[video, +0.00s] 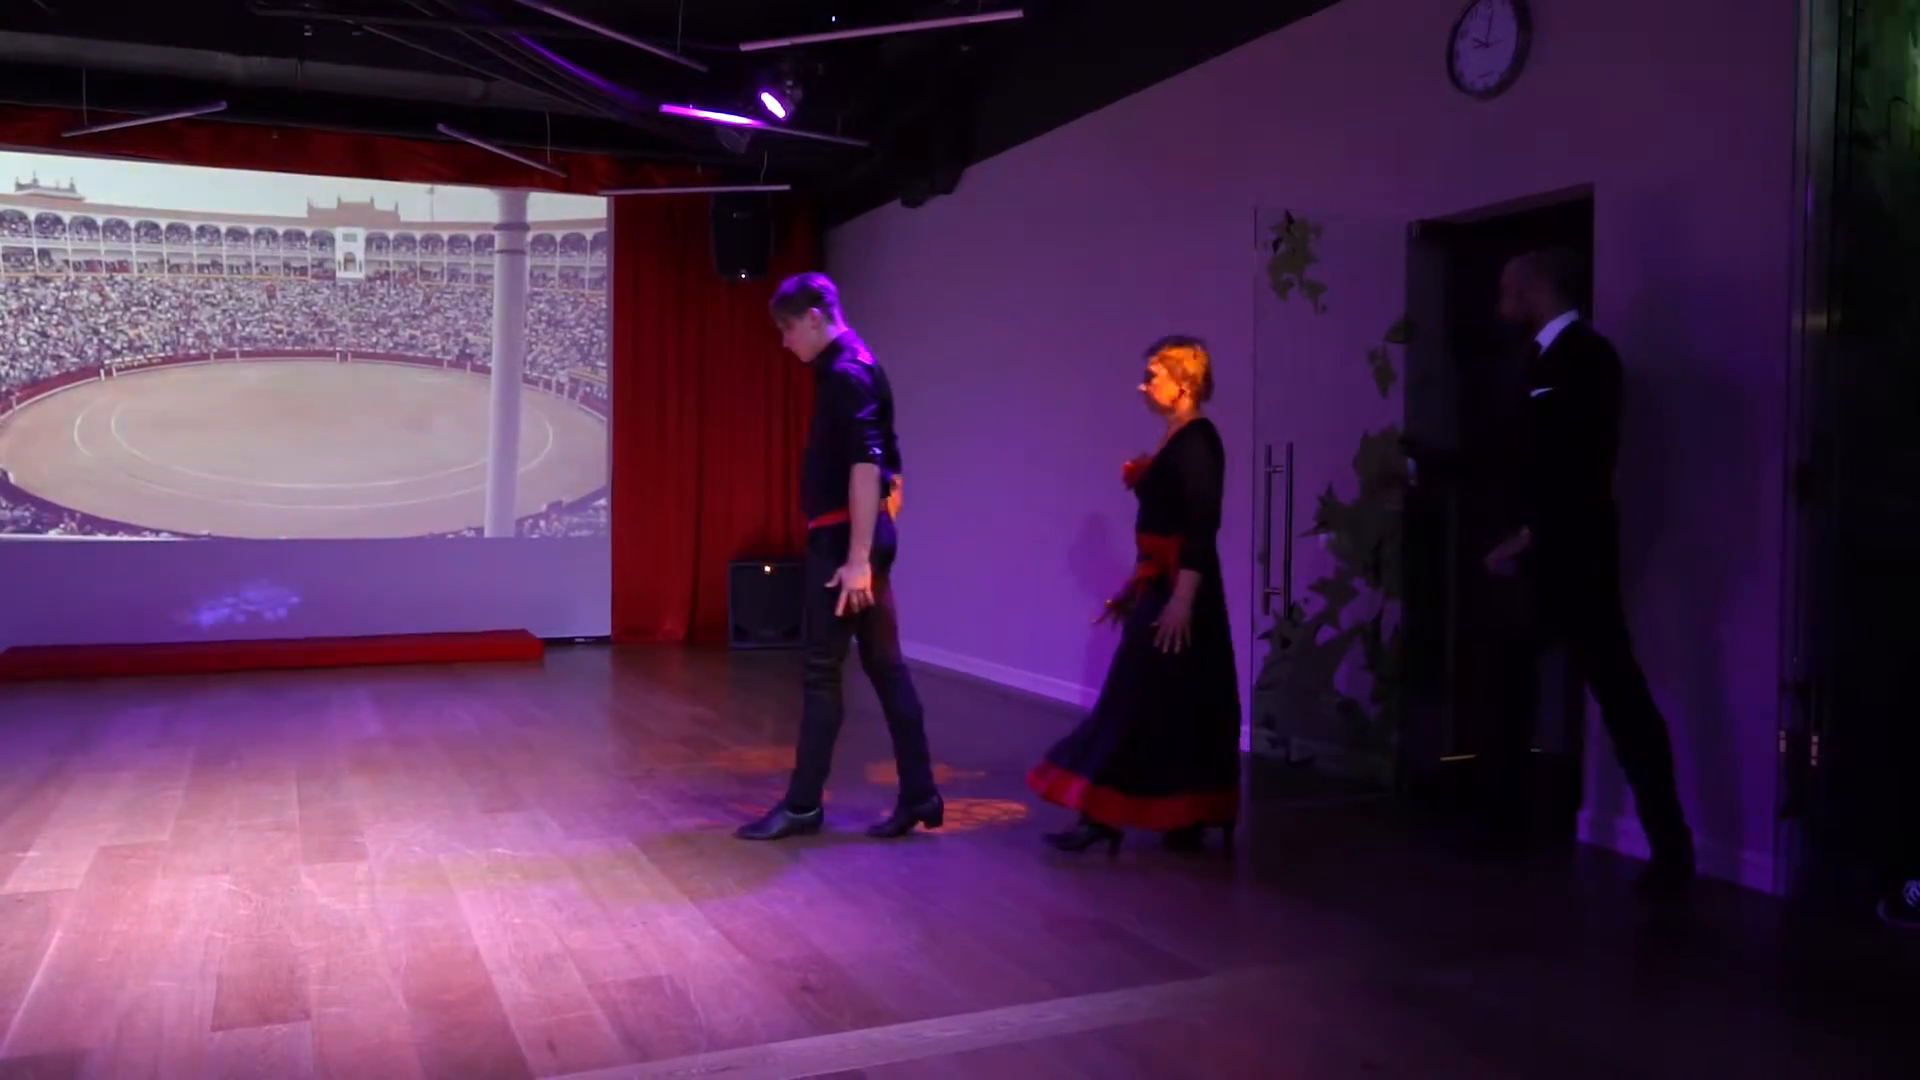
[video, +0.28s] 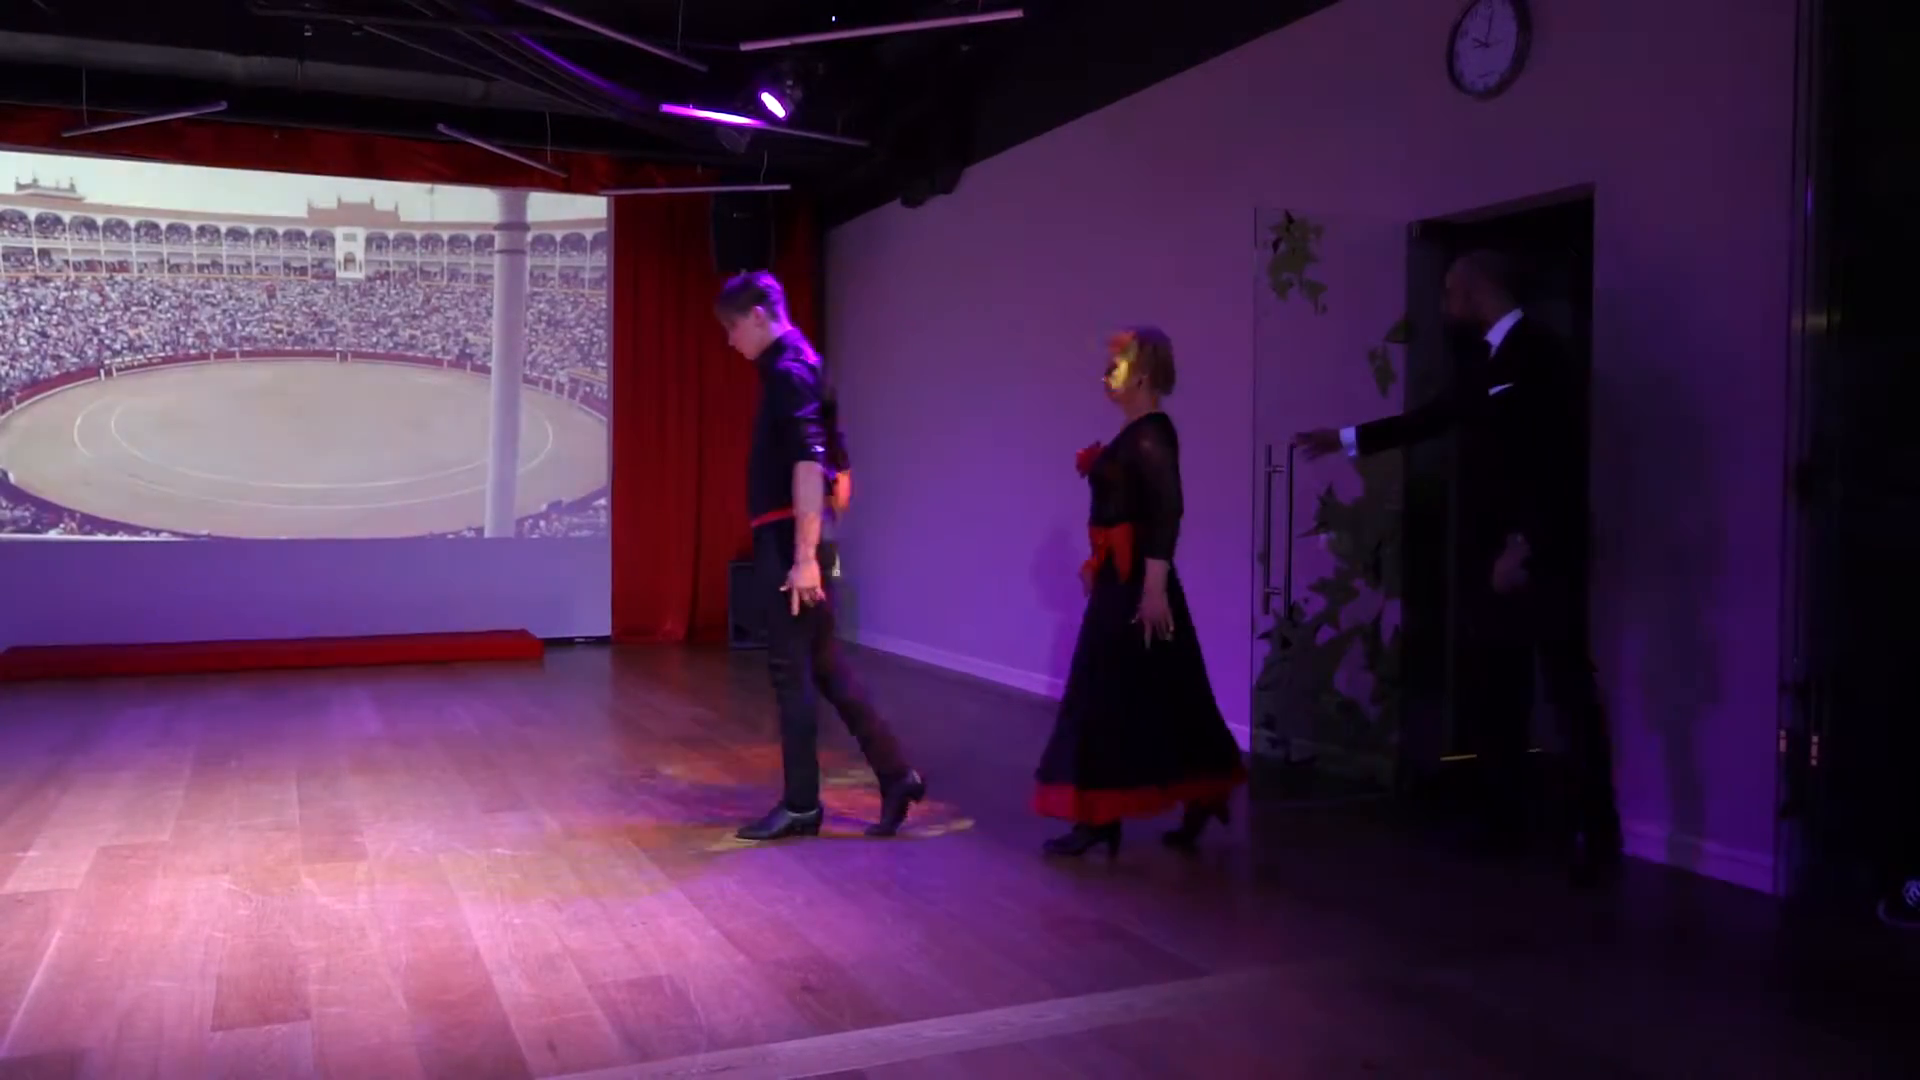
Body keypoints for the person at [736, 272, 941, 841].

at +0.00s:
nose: (786, 342)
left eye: (790, 329)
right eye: (783, 331)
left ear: (820, 317)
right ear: (821, 318)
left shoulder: (847, 375)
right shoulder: (855, 367)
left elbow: (867, 467)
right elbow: (877, 465)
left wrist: (859, 558)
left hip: (839, 538)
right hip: (860, 532)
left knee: (821, 672)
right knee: (887, 668)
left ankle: (803, 803)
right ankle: (919, 795)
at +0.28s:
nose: (731, 341)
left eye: (734, 328)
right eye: (728, 330)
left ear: (763, 316)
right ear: (764, 317)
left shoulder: (790, 370)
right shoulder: (801, 365)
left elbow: (810, 463)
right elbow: (835, 465)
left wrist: (805, 556)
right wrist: (821, 535)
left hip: (785, 539)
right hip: (800, 536)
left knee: (790, 674)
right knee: (827, 667)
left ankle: (800, 803)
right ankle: (896, 776)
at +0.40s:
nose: (705, 345)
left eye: (708, 332)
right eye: (702, 334)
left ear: (735, 321)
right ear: (740, 321)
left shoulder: (763, 375)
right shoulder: (777, 368)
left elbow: (780, 470)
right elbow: (818, 468)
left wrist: (780, 562)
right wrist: (815, 545)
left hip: (763, 541)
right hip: (773, 536)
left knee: (772, 671)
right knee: (762, 667)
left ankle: (800, 804)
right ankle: (850, 760)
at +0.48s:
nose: (686, 350)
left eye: (688, 336)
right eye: (683, 338)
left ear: (716, 326)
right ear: (725, 326)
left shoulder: (740, 381)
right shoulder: (768, 376)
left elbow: (753, 472)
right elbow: (803, 471)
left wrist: (762, 567)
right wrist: (801, 544)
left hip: (746, 545)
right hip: (762, 540)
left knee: (761, 668)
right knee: (714, 661)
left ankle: (798, 802)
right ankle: (784, 784)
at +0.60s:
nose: (652, 355)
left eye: (654, 342)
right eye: (650, 344)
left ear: (682, 331)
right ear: (688, 332)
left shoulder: (699, 391)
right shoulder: (737, 384)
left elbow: (714, 487)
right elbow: (779, 479)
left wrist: (728, 577)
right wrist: (775, 553)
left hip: (713, 555)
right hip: (727, 550)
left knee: (749, 680)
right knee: (653, 654)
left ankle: (800, 802)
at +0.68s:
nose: (626, 356)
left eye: (629, 344)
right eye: (624, 345)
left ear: (657, 334)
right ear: (666, 335)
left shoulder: (670, 395)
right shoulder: (713, 388)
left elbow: (685, 491)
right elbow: (754, 483)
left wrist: (704, 577)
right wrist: (750, 560)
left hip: (682, 558)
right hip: (695, 554)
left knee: (718, 679)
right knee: (620, 658)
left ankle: (792, 794)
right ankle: (583, 791)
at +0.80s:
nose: (589, 360)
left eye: (591, 347)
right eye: (587, 349)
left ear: (618, 335)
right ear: (629, 335)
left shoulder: (631, 391)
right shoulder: (674, 387)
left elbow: (645, 483)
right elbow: (711, 485)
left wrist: (666, 572)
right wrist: (698, 565)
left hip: (628, 556)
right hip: (644, 554)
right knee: (582, 667)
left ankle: (731, 764)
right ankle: (569, 798)